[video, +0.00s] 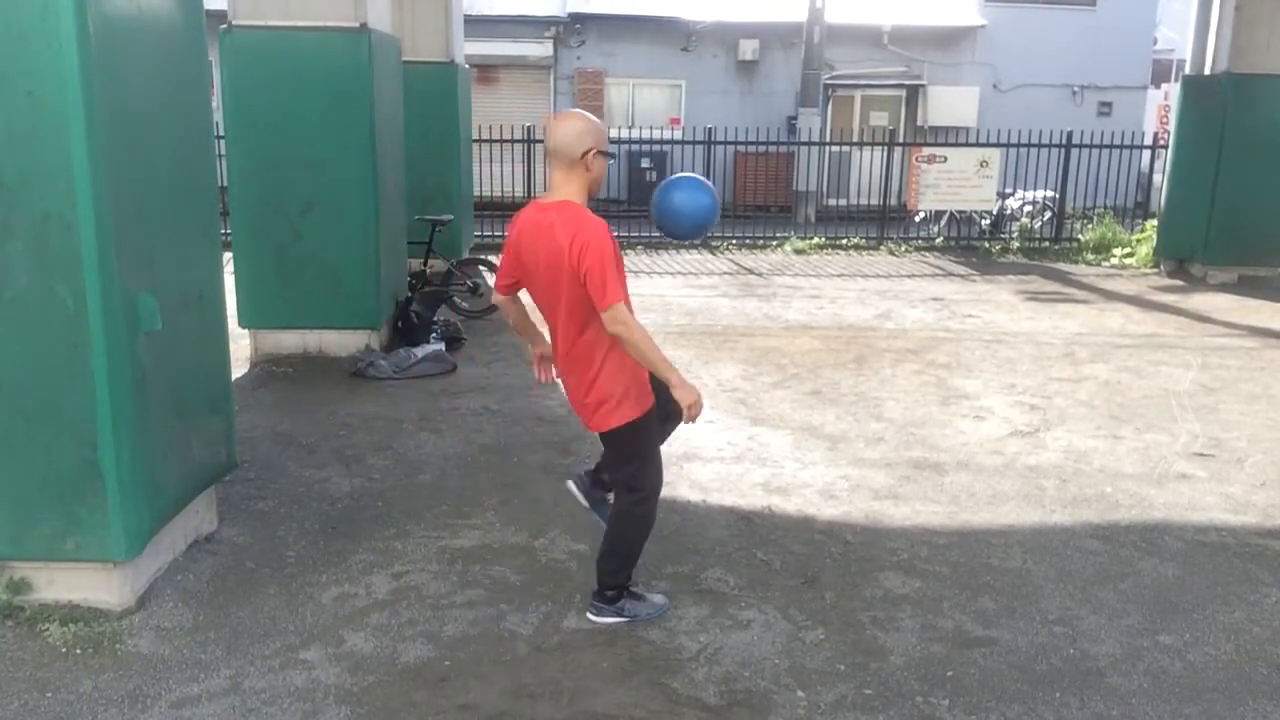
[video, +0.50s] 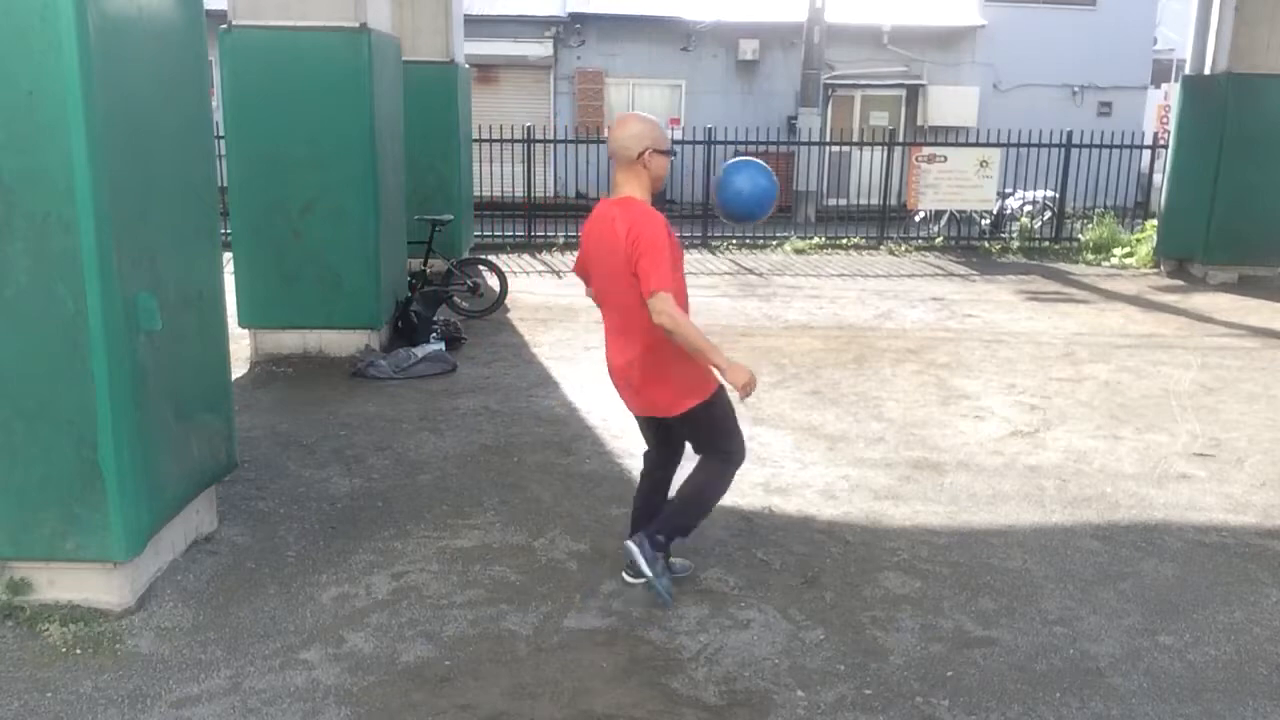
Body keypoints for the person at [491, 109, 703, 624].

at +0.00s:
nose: (606, 165)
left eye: (605, 156)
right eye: (604, 156)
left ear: (552, 159)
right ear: (589, 160)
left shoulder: (524, 223)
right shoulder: (590, 231)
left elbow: (504, 296)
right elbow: (617, 321)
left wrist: (535, 341)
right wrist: (675, 380)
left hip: (582, 375)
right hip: (612, 382)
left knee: (672, 403)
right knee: (641, 488)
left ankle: (600, 480)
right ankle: (610, 595)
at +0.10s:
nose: (620, 165)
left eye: (619, 156)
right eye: (618, 156)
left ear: (566, 159)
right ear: (604, 160)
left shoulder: (540, 226)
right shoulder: (611, 230)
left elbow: (522, 304)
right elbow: (642, 315)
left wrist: (537, 368)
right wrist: (709, 356)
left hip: (600, 357)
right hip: (636, 366)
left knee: (709, 314)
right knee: (644, 485)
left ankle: (679, 421)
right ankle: (610, 594)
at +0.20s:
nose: (632, 158)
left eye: (630, 149)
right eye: (628, 150)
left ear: (580, 159)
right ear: (612, 157)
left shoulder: (556, 224)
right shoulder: (625, 228)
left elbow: (541, 304)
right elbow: (655, 312)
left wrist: (552, 369)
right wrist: (720, 348)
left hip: (613, 356)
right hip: (647, 365)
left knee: (717, 319)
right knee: (648, 482)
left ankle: (690, 425)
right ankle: (610, 594)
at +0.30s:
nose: (642, 156)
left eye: (639, 146)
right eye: (637, 148)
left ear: (589, 157)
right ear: (620, 155)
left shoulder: (566, 222)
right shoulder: (635, 224)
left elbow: (551, 299)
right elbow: (662, 306)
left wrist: (567, 362)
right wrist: (729, 346)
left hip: (618, 357)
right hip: (653, 364)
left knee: (713, 356)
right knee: (648, 482)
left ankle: (683, 450)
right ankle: (610, 594)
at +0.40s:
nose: (655, 153)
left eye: (653, 143)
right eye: (650, 145)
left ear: (604, 153)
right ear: (632, 151)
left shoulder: (582, 215)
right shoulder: (646, 219)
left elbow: (567, 289)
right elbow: (670, 302)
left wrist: (591, 341)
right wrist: (733, 346)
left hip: (630, 365)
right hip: (664, 372)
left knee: (697, 419)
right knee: (659, 479)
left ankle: (666, 517)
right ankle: (613, 586)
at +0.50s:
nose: (669, 164)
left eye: (668, 155)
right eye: (666, 155)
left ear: (622, 160)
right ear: (646, 159)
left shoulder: (597, 221)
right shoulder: (648, 224)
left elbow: (595, 288)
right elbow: (664, 310)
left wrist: (640, 314)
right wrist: (726, 363)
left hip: (631, 368)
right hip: (669, 369)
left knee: (663, 450)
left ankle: (643, 553)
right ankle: (655, 541)